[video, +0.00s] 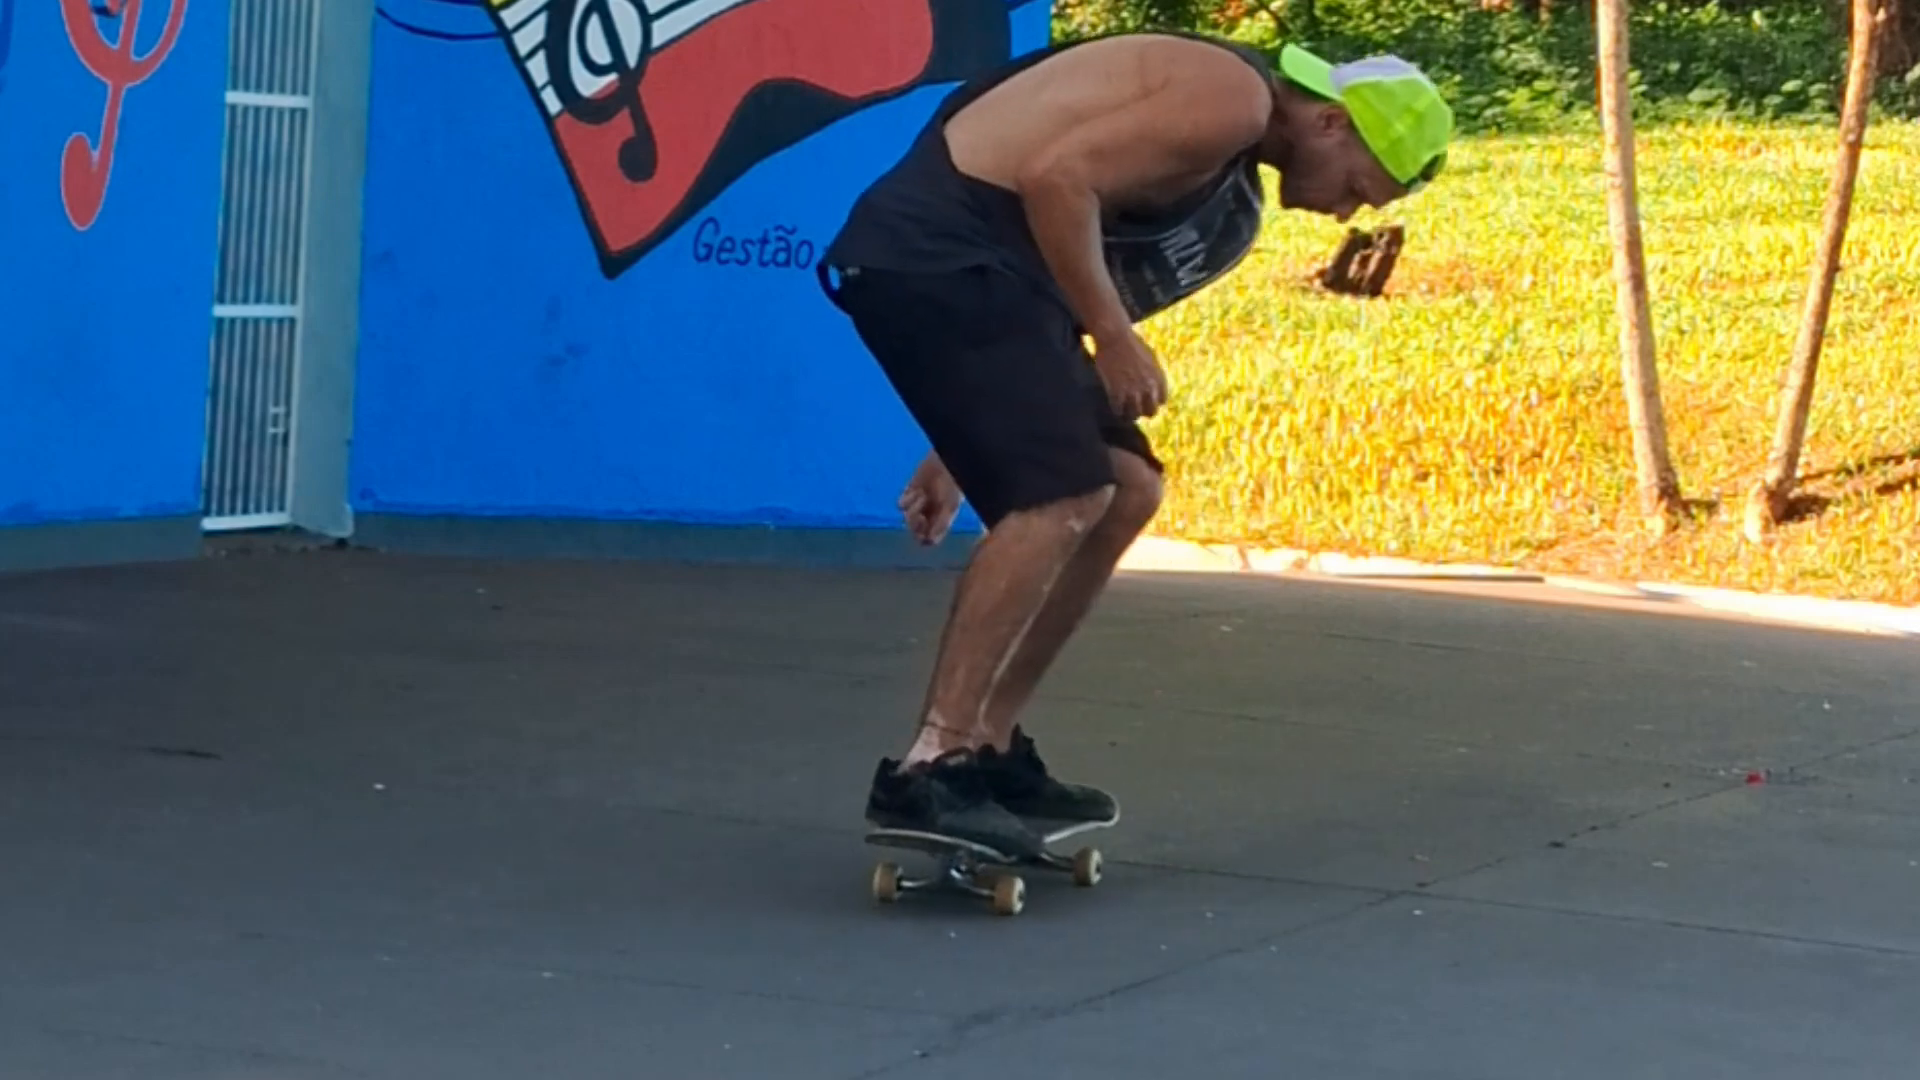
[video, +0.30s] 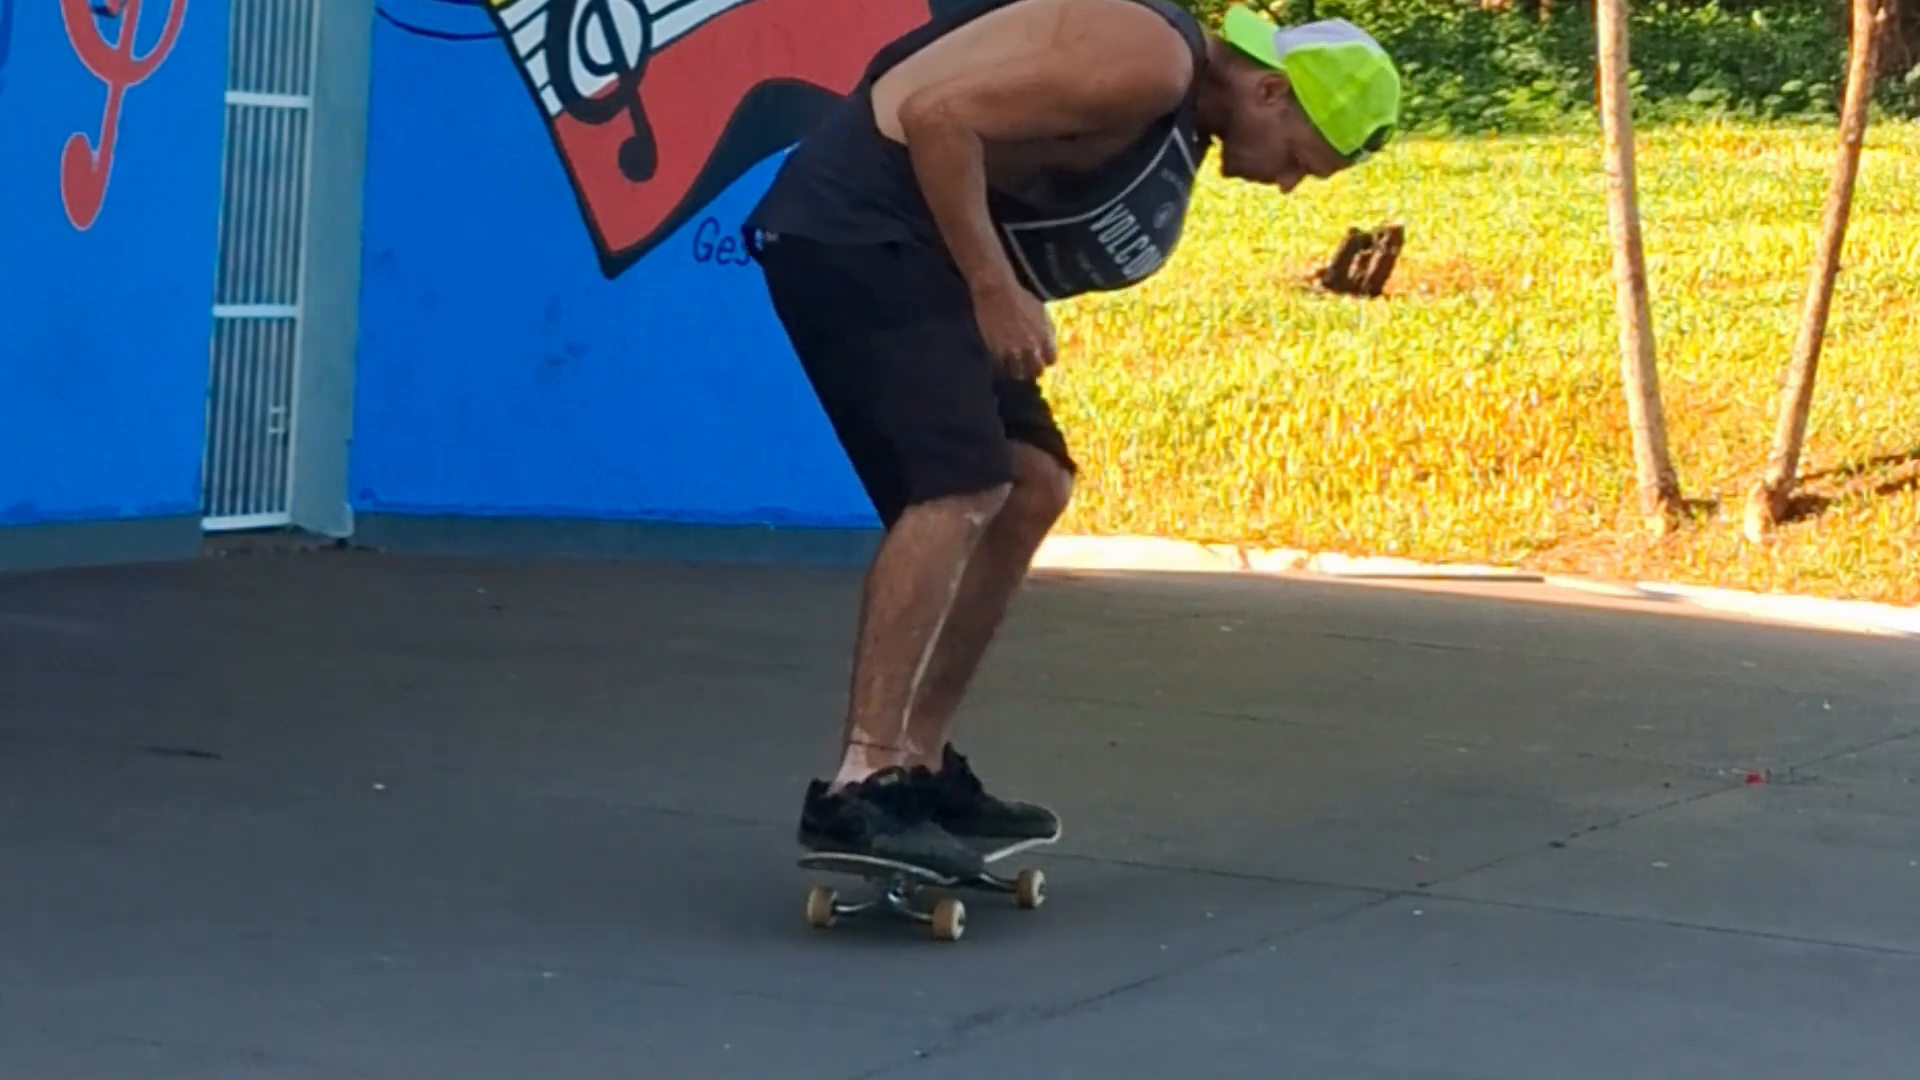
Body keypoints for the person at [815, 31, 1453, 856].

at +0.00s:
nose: (1355, 210)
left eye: (1372, 201)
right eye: (1366, 187)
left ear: (1333, 119)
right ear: (1335, 121)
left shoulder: (1225, 186)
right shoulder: (1228, 99)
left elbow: (1053, 286)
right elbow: (1056, 175)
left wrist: (961, 447)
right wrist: (1114, 334)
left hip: (985, 266)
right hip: (930, 249)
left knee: (1128, 490)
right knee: (1060, 498)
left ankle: (987, 743)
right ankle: (930, 763)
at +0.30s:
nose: (1292, 184)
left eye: (1311, 173)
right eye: (1304, 160)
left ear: (1276, 90)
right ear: (1275, 92)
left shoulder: (1173, 120)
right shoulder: (1143, 56)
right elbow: (931, 109)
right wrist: (993, 288)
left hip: (924, 255)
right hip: (853, 231)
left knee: (1034, 482)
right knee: (962, 484)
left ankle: (917, 762)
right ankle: (861, 782)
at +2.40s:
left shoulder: (676, 8)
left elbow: (550, 157)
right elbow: (316, 58)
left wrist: (463, 345)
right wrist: (334, 303)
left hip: (404, 206)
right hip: (250, 160)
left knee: (377, 538)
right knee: (249, 534)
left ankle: (395, 902)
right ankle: (257, 929)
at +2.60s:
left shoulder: (583, 20)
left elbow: (476, 147)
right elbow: (251, 53)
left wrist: (418, 328)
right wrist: (271, 304)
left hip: (345, 214)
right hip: (182, 164)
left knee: (333, 544)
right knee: (181, 541)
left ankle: (325, 915)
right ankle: (172, 951)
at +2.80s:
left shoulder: (559, 17)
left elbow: (415, 131)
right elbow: (194, 50)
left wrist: (361, 328)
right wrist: (208, 307)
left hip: (293, 212)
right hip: (120, 162)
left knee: (277, 543)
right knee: (113, 544)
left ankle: (243, 933)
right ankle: (80, 961)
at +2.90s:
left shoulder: (539, 16)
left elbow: (381, 124)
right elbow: (164, 48)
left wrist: (326, 323)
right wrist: (187, 309)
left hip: (263, 185)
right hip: (92, 144)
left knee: (242, 541)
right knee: (89, 539)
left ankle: (195, 942)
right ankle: (34, 962)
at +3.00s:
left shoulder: (510, 15)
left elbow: (336, 132)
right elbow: (124, 41)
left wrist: (287, 336)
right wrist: (171, 307)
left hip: (224, 191)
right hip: (63, 137)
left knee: (213, 544)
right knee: (68, 541)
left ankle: (151, 956)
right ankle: (5, 965)